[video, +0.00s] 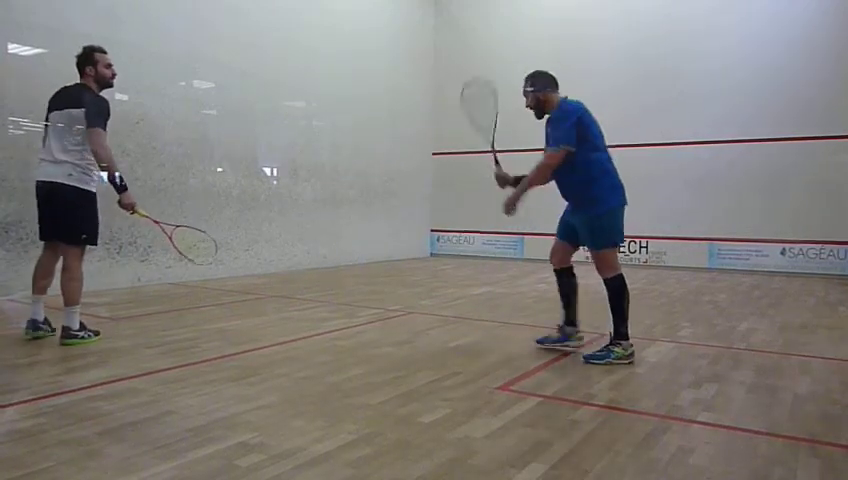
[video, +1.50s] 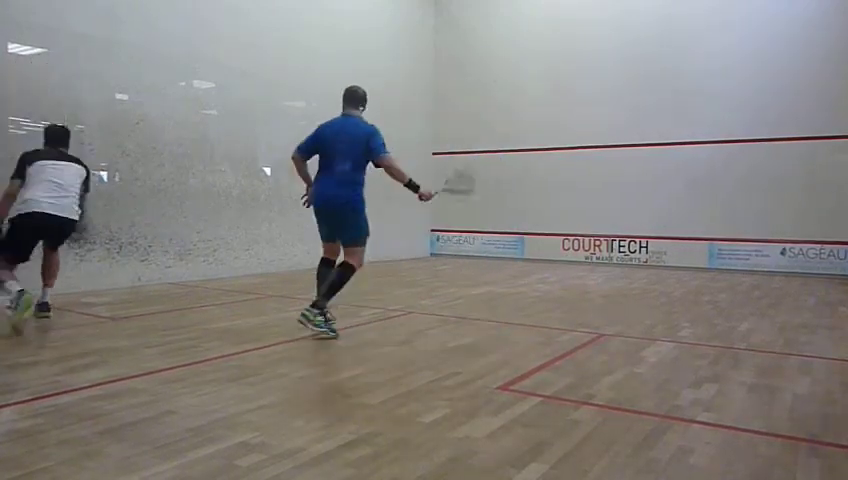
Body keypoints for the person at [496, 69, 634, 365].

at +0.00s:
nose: (526, 103)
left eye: (529, 95)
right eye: (525, 96)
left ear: (544, 92)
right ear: (545, 93)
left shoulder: (567, 113)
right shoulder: (555, 121)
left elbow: (551, 162)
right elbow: (549, 172)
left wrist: (518, 193)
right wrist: (514, 179)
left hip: (603, 202)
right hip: (580, 203)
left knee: (607, 265)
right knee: (560, 258)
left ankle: (621, 343)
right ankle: (570, 330)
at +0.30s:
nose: (493, 103)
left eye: (496, 97)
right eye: (493, 99)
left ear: (509, 98)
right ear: (510, 101)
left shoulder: (526, 120)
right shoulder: (515, 131)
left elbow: (487, 145)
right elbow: (486, 155)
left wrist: (456, 152)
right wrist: (492, 123)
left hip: (557, 208)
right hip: (540, 211)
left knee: (569, 270)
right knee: (520, 261)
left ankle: (613, 336)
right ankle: (501, 321)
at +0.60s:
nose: (459, 113)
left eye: (459, 109)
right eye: (460, 109)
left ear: (461, 108)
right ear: (482, 108)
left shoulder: (460, 128)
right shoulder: (496, 129)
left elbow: (433, 164)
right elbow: (507, 162)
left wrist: (423, 196)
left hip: (491, 198)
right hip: (518, 196)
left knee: (474, 261)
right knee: (500, 258)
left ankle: (522, 308)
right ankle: (499, 320)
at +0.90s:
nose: (436, 111)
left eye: (430, 107)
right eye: (441, 105)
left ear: (426, 109)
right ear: (448, 108)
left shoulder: (417, 135)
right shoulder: (467, 128)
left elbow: (388, 165)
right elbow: (503, 116)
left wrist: (373, 191)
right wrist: (503, 83)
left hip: (424, 208)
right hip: (462, 208)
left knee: (398, 258)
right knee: (473, 260)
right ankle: (486, 319)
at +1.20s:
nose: (379, 106)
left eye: (372, 102)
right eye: (385, 102)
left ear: (367, 103)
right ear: (389, 102)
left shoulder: (356, 128)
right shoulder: (399, 126)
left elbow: (336, 161)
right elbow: (426, 147)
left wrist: (353, 180)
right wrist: (455, 142)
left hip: (359, 199)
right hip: (392, 199)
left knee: (351, 253)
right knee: (407, 253)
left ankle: (343, 311)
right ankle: (407, 314)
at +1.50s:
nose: (362, 109)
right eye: (364, 106)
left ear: (343, 103)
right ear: (363, 106)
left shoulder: (326, 129)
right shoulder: (369, 131)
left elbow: (298, 157)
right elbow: (384, 163)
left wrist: (309, 185)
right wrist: (416, 189)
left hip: (321, 198)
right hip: (349, 200)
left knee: (330, 251)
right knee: (354, 258)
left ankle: (321, 312)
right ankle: (316, 307)